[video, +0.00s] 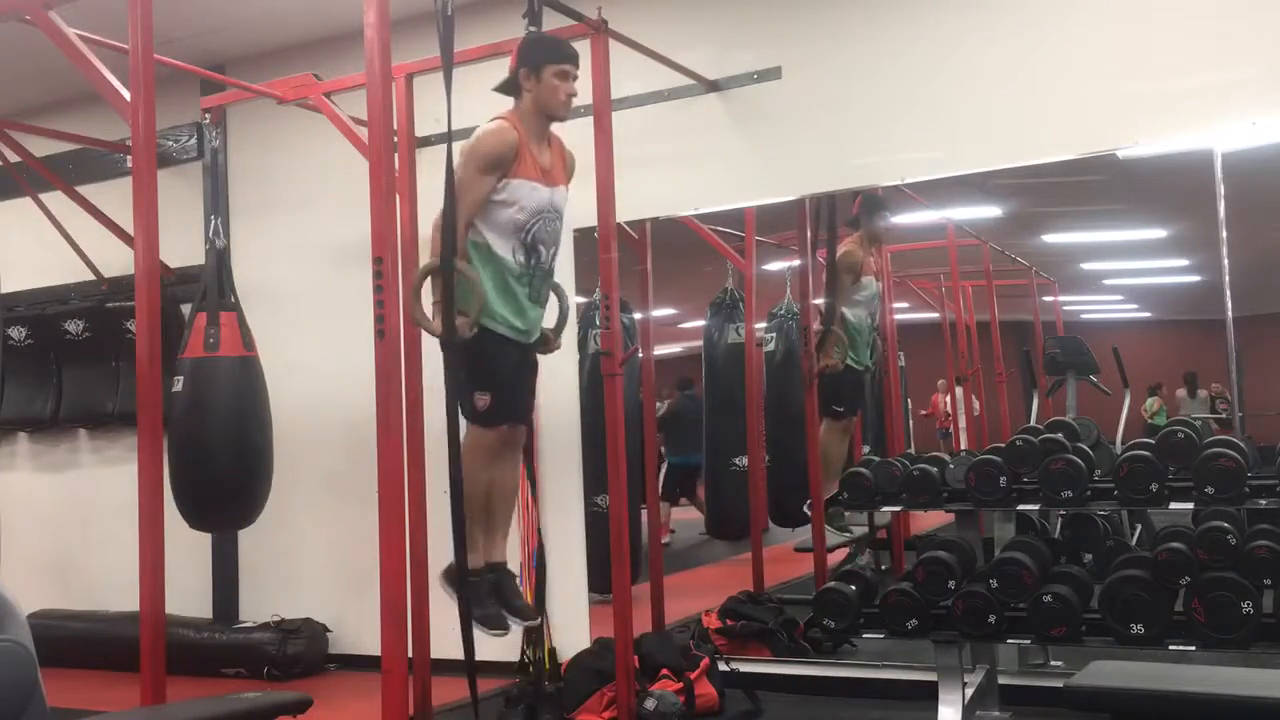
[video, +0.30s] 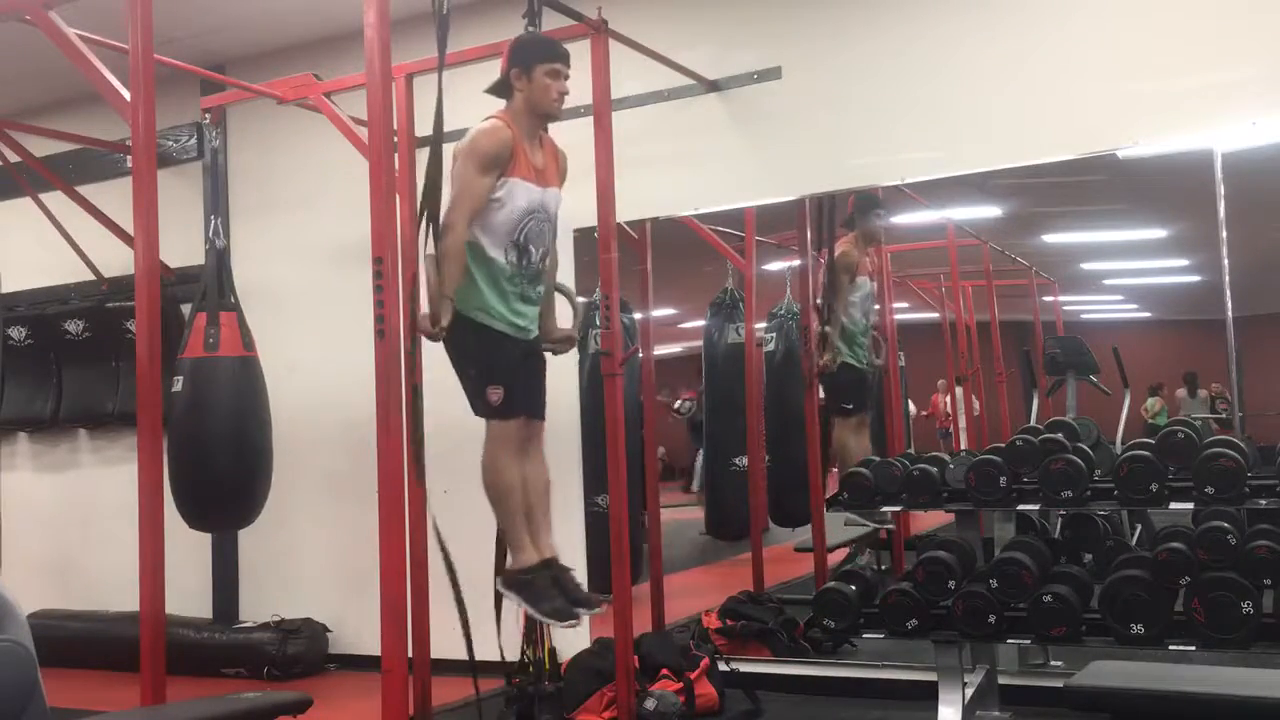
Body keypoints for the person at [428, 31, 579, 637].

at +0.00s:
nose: (572, 88)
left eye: (574, 79)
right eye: (562, 77)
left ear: (565, 86)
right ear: (527, 79)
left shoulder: (561, 155)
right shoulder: (497, 139)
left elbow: (537, 245)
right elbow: (447, 226)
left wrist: (550, 311)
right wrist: (447, 307)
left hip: (522, 319)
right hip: (481, 315)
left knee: (511, 437)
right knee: (487, 433)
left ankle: (497, 565)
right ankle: (467, 567)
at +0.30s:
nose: (563, 87)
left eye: (566, 78)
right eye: (552, 77)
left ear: (560, 85)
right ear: (518, 80)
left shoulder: (554, 155)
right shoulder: (491, 140)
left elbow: (542, 245)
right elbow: (455, 224)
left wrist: (549, 315)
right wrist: (442, 303)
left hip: (524, 315)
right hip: (479, 310)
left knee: (530, 431)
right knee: (504, 428)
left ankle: (546, 558)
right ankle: (519, 562)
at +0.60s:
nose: (565, 82)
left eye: (567, 73)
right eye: (553, 71)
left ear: (564, 82)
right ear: (518, 76)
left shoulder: (558, 152)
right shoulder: (496, 135)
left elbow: (556, 242)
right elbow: (466, 220)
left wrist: (562, 315)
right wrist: (451, 298)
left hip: (536, 309)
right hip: (486, 304)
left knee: (551, 427)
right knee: (523, 424)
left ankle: (579, 555)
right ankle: (559, 558)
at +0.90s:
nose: (575, 79)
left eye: (577, 70)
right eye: (563, 68)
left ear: (575, 78)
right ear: (528, 72)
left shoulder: (572, 149)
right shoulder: (505, 134)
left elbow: (573, 240)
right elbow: (479, 216)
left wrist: (585, 313)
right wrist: (468, 292)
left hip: (547, 313)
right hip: (499, 309)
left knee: (556, 432)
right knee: (526, 428)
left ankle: (573, 561)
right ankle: (552, 565)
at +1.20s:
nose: (588, 92)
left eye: (590, 82)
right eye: (576, 82)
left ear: (584, 92)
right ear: (540, 87)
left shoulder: (579, 162)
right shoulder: (510, 146)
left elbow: (555, 246)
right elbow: (460, 227)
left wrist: (568, 317)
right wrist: (461, 300)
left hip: (539, 317)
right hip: (490, 314)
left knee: (546, 442)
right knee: (515, 437)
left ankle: (557, 574)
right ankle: (533, 578)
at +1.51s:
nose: (583, 159)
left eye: (587, 149)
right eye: (572, 147)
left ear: (585, 156)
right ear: (537, 148)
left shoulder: (570, 216)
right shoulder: (503, 202)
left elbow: (529, 278)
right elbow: (411, 242)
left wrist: (548, 325)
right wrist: (441, 317)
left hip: (523, 359)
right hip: (474, 361)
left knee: (534, 492)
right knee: (502, 492)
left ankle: (546, 626)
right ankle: (525, 632)